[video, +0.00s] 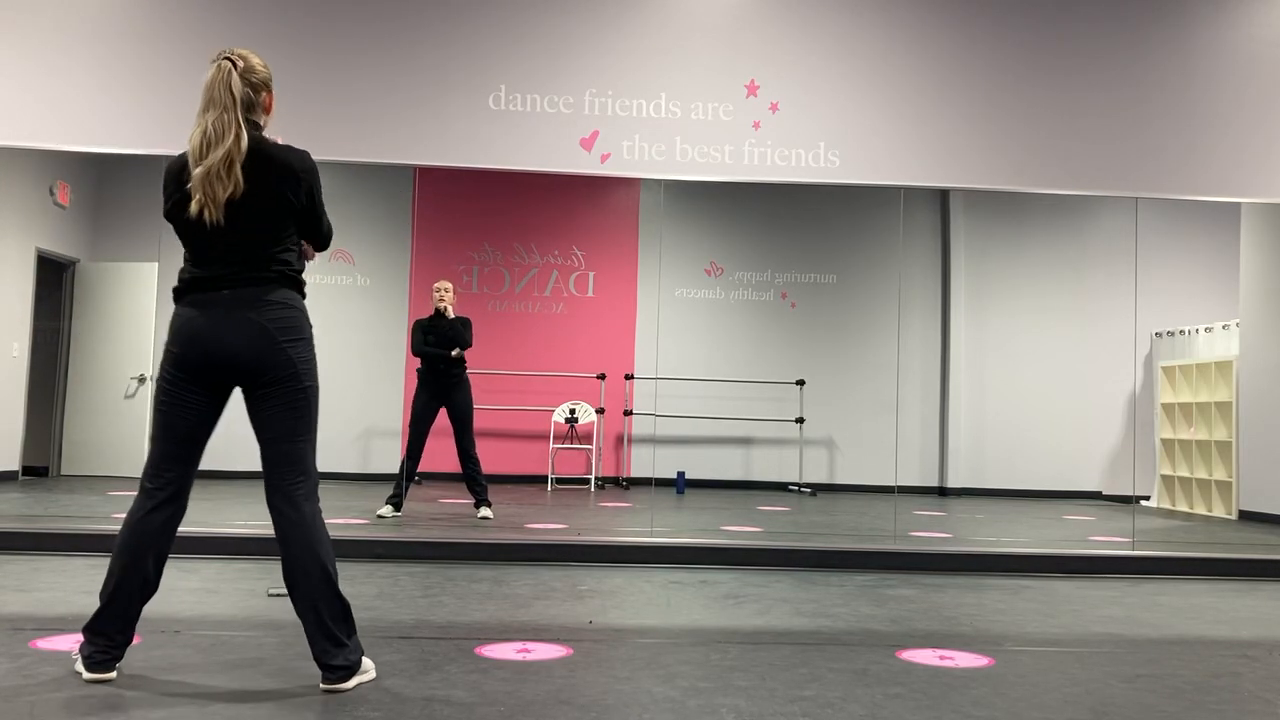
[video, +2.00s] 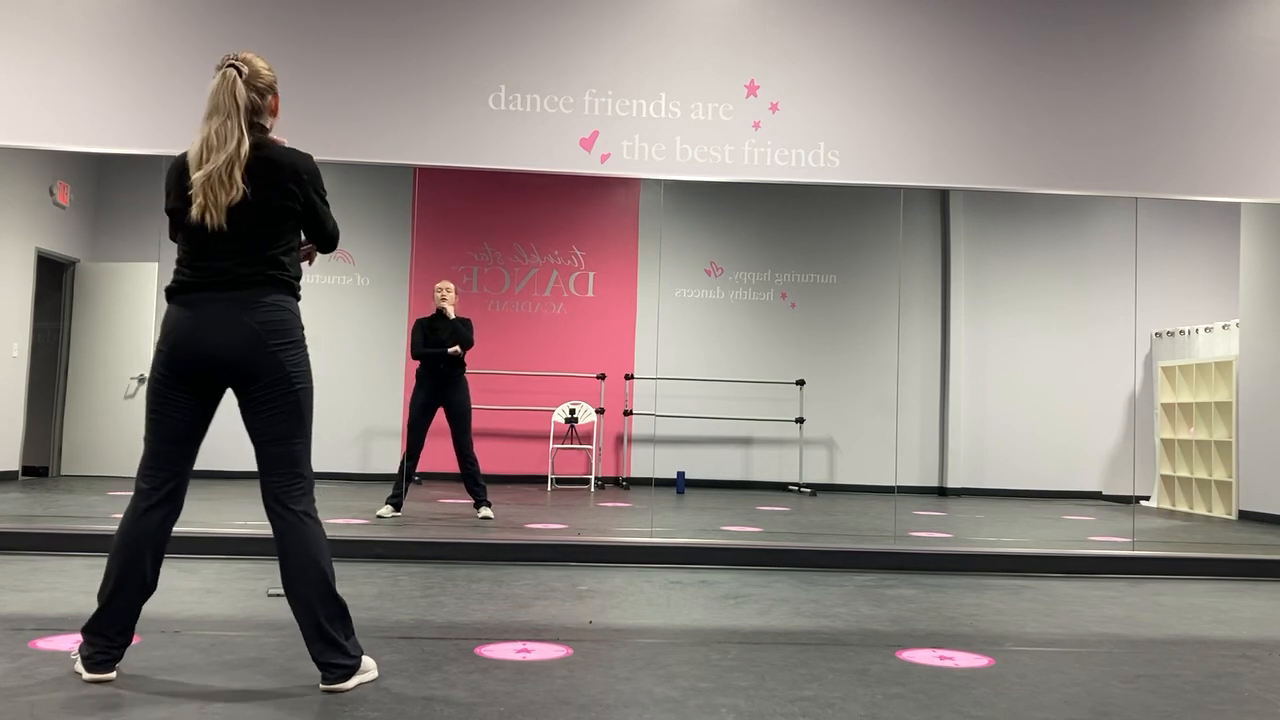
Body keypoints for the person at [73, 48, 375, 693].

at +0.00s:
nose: (277, 104)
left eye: (274, 94)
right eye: (274, 95)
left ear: (211, 98)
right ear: (262, 101)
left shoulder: (180, 170)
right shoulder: (291, 164)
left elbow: (199, 237)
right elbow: (319, 236)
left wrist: (289, 240)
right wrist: (267, 231)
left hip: (195, 324)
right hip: (275, 323)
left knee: (160, 488)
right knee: (294, 491)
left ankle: (101, 648)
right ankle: (338, 657)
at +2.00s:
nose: (282, 110)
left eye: (279, 100)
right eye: (281, 101)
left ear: (218, 102)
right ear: (270, 105)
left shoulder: (184, 166)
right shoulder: (291, 165)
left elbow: (185, 235)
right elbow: (327, 238)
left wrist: (285, 245)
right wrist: (290, 230)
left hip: (188, 326)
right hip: (268, 327)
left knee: (155, 489)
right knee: (291, 495)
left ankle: (100, 648)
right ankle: (338, 658)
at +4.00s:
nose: (288, 114)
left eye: (284, 103)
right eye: (286, 104)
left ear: (224, 107)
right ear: (275, 110)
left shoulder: (187, 166)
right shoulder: (298, 170)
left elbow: (196, 235)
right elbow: (327, 240)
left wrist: (288, 240)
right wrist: (277, 237)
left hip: (180, 324)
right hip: (261, 327)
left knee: (150, 490)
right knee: (288, 498)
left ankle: (100, 649)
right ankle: (338, 659)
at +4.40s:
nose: (286, 118)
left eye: (282, 108)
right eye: (285, 109)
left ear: (223, 110)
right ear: (274, 114)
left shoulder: (184, 170)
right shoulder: (292, 172)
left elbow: (188, 241)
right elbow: (320, 244)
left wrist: (287, 253)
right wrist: (305, 251)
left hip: (176, 325)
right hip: (256, 328)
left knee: (147, 490)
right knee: (286, 497)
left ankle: (100, 649)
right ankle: (337, 659)